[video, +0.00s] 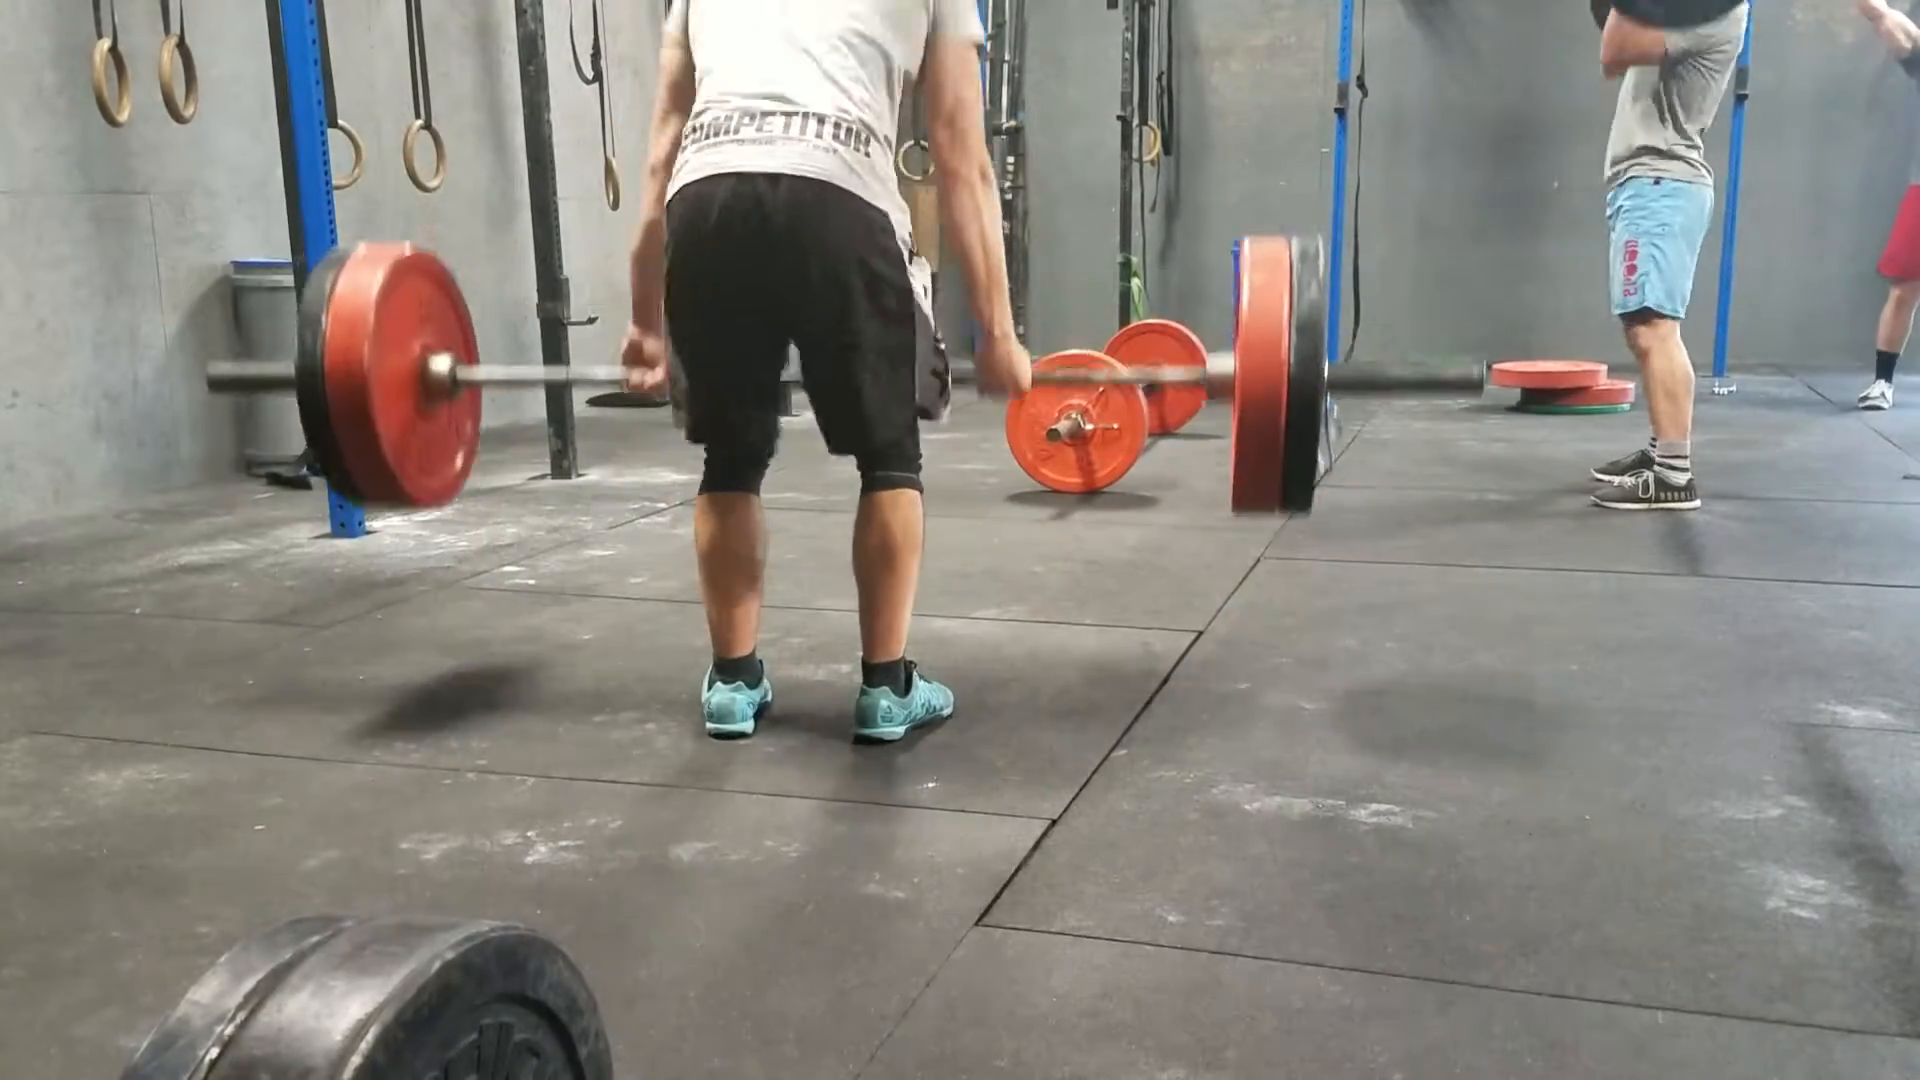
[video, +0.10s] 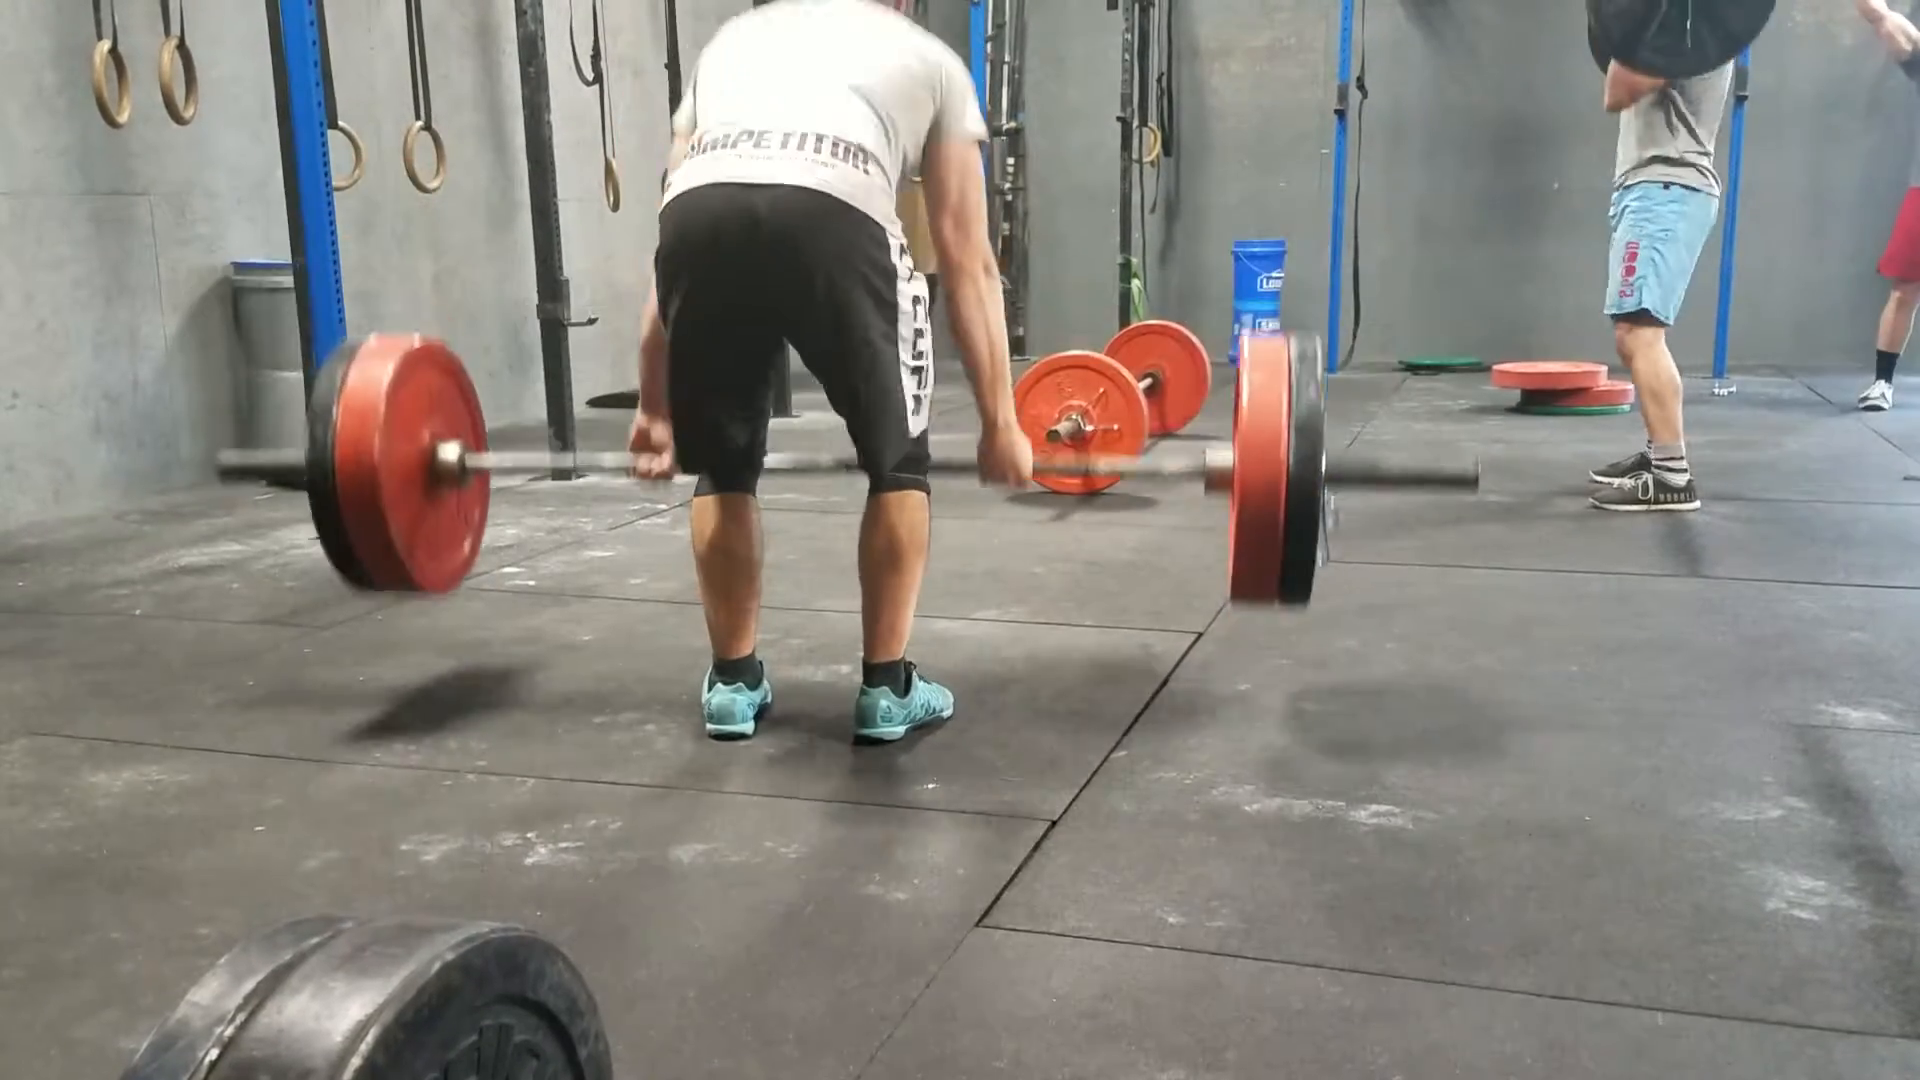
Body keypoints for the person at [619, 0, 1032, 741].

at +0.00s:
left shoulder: (697, 6)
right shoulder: (934, 5)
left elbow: (662, 166)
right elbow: (962, 167)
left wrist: (647, 322)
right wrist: (998, 331)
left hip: (708, 209)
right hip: (839, 209)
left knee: (729, 458)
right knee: (889, 456)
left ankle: (731, 682)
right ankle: (885, 686)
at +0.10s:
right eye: (920, 20)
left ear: (805, 3)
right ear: (902, 8)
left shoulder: (727, 41)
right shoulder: (932, 57)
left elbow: (676, 235)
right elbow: (963, 258)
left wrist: (652, 405)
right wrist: (1000, 423)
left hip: (703, 217)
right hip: (833, 220)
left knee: (720, 471)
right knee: (897, 463)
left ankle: (732, 683)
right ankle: (884, 686)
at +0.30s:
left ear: (822, 159)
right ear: (908, 173)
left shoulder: (746, 181)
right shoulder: (935, 218)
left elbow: (664, 392)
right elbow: (969, 386)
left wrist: (655, 528)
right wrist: (1003, 538)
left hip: (698, 274)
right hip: (840, 288)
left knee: (728, 481)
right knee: (911, 476)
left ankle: (735, 678)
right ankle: (886, 683)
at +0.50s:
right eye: (914, 76)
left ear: (821, 51)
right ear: (906, 67)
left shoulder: (740, 86)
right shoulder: (930, 113)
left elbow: (665, 300)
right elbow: (965, 280)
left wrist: (649, 433)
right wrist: (999, 440)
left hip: (702, 207)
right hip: (835, 214)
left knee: (734, 465)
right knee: (891, 461)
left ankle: (732, 681)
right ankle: (885, 686)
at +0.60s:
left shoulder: (725, 22)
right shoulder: (932, 31)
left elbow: (663, 220)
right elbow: (964, 208)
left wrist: (643, 357)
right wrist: (998, 363)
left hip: (709, 187)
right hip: (835, 187)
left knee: (731, 456)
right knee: (884, 454)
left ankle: (731, 680)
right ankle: (885, 685)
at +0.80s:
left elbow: (649, 78)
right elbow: (955, 79)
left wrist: (630, 234)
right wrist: (995, 240)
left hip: (728, 173)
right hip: (849, 173)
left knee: (736, 454)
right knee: (873, 455)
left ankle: (732, 682)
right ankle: (885, 685)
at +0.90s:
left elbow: (642, 74)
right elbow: (953, 74)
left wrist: (628, 233)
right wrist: (992, 239)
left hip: (728, 196)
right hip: (853, 197)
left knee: (739, 451)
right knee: (877, 456)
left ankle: (732, 683)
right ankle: (885, 686)